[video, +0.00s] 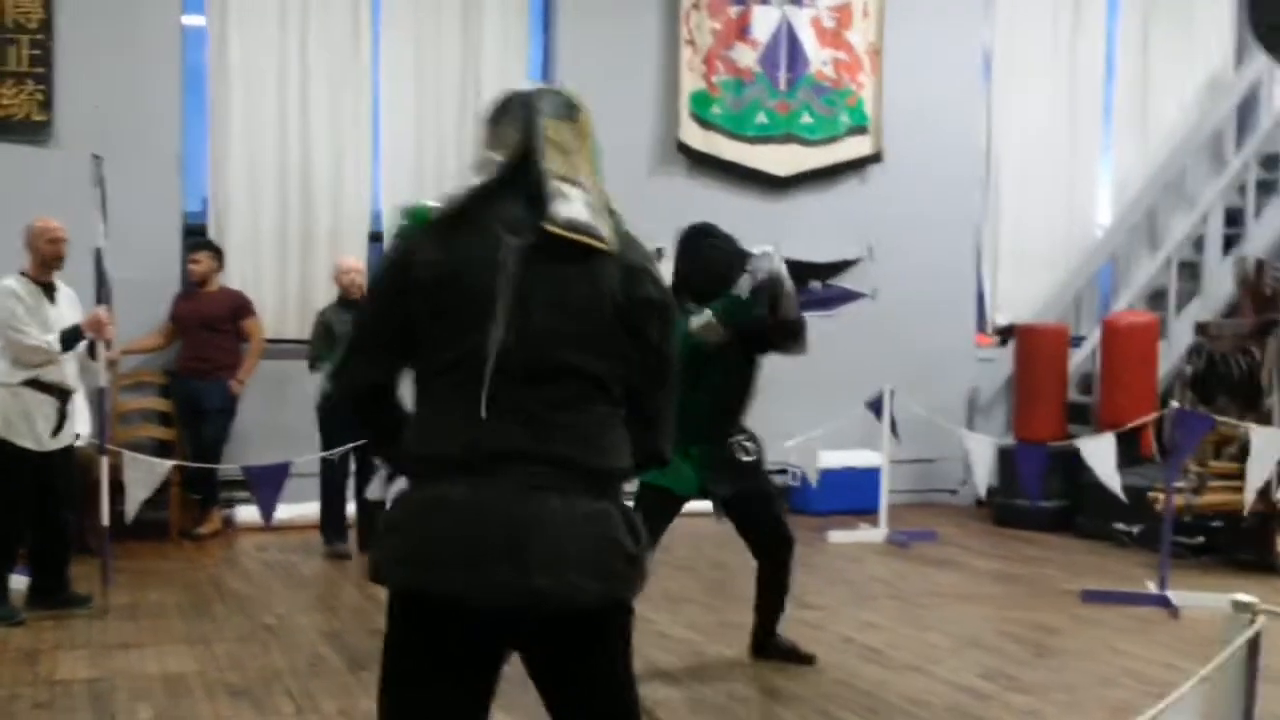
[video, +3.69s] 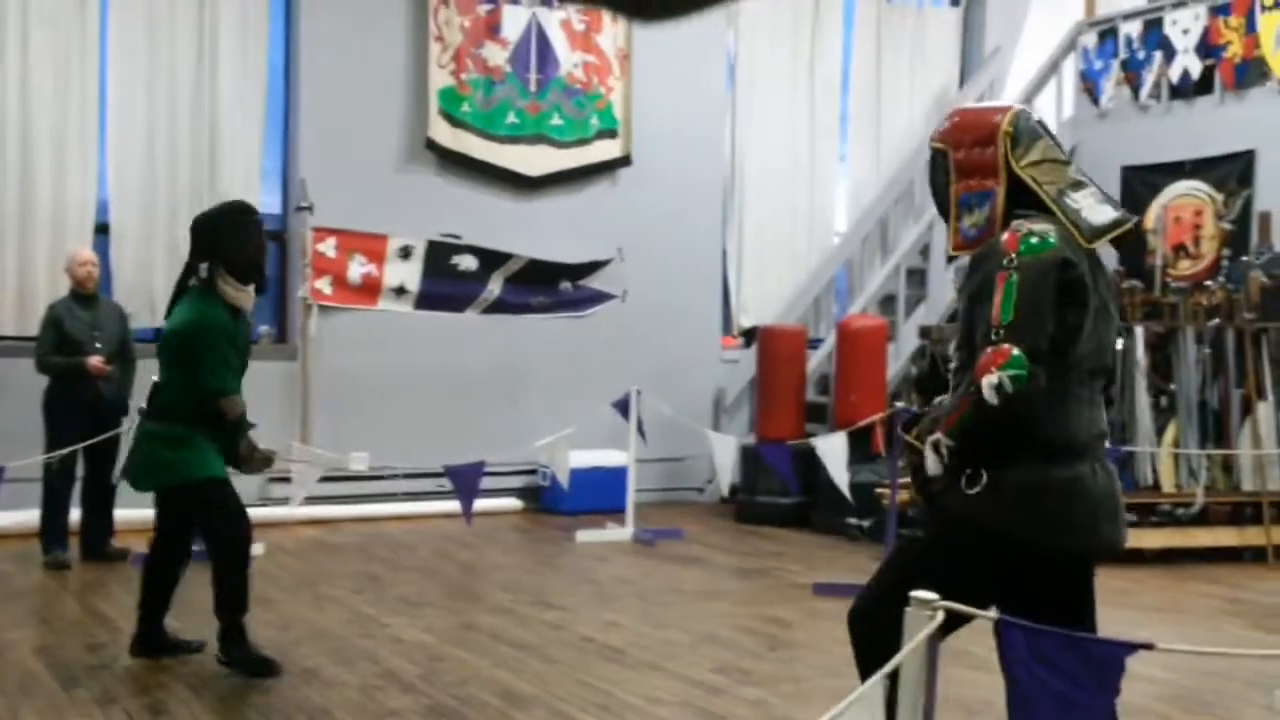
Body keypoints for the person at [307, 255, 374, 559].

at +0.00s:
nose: (352, 278)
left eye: (357, 272)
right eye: (346, 273)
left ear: (366, 277)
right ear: (336, 279)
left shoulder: (376, 314)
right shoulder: (329, 317)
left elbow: (388, 354)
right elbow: (316, 361)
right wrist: (339, 365)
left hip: (371, 398)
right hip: (337, 400)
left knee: (369, 470)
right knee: (334, 471)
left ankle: (371, 536)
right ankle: (335, 536)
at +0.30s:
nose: (313, 279)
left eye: (317, 273)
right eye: (306, 273)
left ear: (323, 278)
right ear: (296, 279)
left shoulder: (337, 316)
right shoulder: (288, 318)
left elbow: (349, 353)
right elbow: (274, 363)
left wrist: (342, 371)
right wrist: (310, 366)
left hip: (331, 403)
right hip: (295, 403)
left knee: (327, 473)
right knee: (290, 472)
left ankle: (327, 536)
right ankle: (287, 540)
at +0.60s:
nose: (270, 279)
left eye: (275, 272)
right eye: (264, 273)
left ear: (282, 277)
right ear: (253, 279)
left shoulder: (294, 318)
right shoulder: (244, 318)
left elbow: (307, 360)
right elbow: (231, 364)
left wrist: (303, 397)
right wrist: (267, 367)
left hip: (288, 404)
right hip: (252, 404)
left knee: (284, 476)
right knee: (247, 474)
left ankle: (282, 540)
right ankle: (244, 543)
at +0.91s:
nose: (224, 279)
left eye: (228, 273)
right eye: (218, 273)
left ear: (234, 279)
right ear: (205, 280)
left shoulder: (247, 318)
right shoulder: (194, 319)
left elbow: (260, 363)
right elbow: (181, 365)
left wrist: (253, 398)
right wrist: (219, 368)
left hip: (240, 408)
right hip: (202, 409)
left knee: (234, 480)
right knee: (196, 478)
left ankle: (231, 542)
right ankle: (192, 546)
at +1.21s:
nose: (174, 275)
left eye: (178, 270)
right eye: (167, 270)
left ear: (184, 275)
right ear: (154, 277)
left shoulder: (197, 315)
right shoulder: (143, 316)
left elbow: (211, 360)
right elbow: (130, 363)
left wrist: (205, 397)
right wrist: (169, 365)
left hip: (190, 406)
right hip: (151, 407)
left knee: (185, 478)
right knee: (145, 476)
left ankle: (182, 541)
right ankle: (141, 545)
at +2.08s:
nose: (126, 284)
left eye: (131, 278)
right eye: (119, 279)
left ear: (140, 284)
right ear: (109, 286)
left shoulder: (155, 325)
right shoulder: (98, 327)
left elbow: (173, 366)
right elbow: (86, 374)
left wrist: (157, 380)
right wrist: (125, 378)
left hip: (148, 418)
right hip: (108, 418)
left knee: (143, 490)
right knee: (103, 489)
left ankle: (140, 555)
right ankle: (99, 559)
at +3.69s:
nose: (90, 270)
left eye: (94, 264)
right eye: (83, 264)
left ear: (100, 270)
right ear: (69, 272)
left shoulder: (114, 312)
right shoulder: (58, 311)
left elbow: (127, 358)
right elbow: (43, 360)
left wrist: (121, 396)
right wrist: (82, 362)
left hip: (106, 406)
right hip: (65, 407)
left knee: (101, 479)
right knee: (59, 477)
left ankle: (97, 544)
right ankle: (55, 547)